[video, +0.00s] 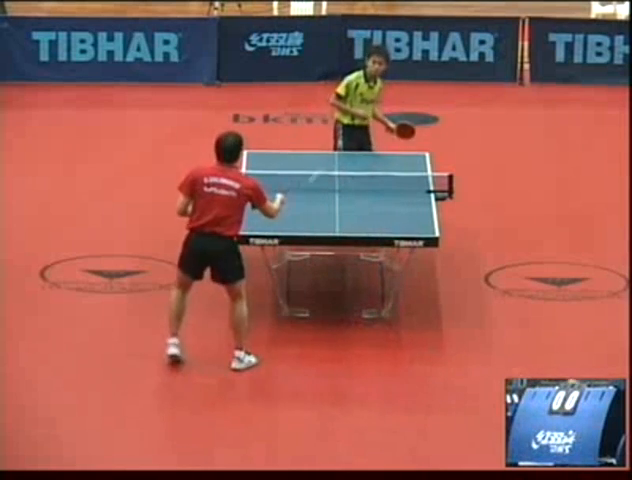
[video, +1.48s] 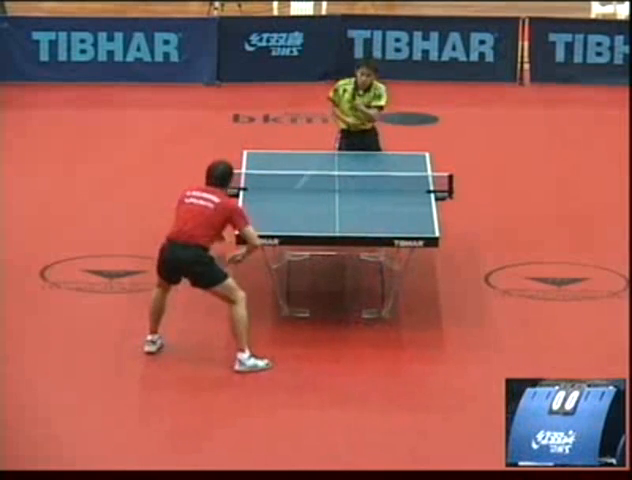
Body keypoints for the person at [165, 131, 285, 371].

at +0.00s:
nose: (242, 154)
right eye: (241, 151)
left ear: (216, 153)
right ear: (240, 155)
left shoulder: (198, 175)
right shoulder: (247, 184)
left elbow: (182, 209)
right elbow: (271, 212)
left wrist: (201, 208)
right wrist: (278, 202)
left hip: (196, 239)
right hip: (225, 243)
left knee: (181, 289)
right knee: (237, 297)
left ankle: (173, 340)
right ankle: (240, 352)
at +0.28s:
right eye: (230, 155)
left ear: (207, 156)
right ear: (230, 159)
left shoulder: (189, 178)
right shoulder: (235, 187)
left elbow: (170, 210)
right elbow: (262, 217)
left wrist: (189, 218)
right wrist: (265, 200)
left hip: (185, 242)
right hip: (214, 247)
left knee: (169, 290)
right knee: (237, 296)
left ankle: (153, 338)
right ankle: (239, 352)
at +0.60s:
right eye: (230, 166)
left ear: (207, 165)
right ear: (229, 169)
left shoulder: (187, 182)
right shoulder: (231, 195)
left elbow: (161, 208)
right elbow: (251, 230)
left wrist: (175, 223)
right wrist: (242, 235)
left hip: (171, 240)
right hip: (197, 244)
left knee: (161, 289)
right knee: (226, 297)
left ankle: (151, 338)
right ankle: (238, 354)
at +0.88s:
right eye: (232, 169)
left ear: (210, 169)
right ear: (233, 172)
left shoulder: (192, 182)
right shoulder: (236, 198)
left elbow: (165, 205)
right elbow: (257, 222)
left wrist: (179, 225)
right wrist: (259, 207)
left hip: (177, 241)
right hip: (205, 246)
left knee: (161, 290)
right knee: (233, 297)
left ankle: (151, 338)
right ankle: (241, 353)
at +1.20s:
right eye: (224, 163)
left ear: (201, 163)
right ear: (224, 167)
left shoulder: (183, 182)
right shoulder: (227, 192)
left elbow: (165, 215)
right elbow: (257, 216)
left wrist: (188, 213)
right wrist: (259, 203)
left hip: (173, 244)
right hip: (200, 248)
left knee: (163, 287)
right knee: (231, 298)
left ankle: (152, 337)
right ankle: (243, 354)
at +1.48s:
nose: (230, 183)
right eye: (230, 180)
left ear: (207, 178)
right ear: (229, 182)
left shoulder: (188, 194)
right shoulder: (229, 205)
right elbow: (254, 242)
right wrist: (242, 255)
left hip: (170, 249)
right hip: (196, 255)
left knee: (162, 287)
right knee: (238, 298)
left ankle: (151, 337)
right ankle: (244, 355)